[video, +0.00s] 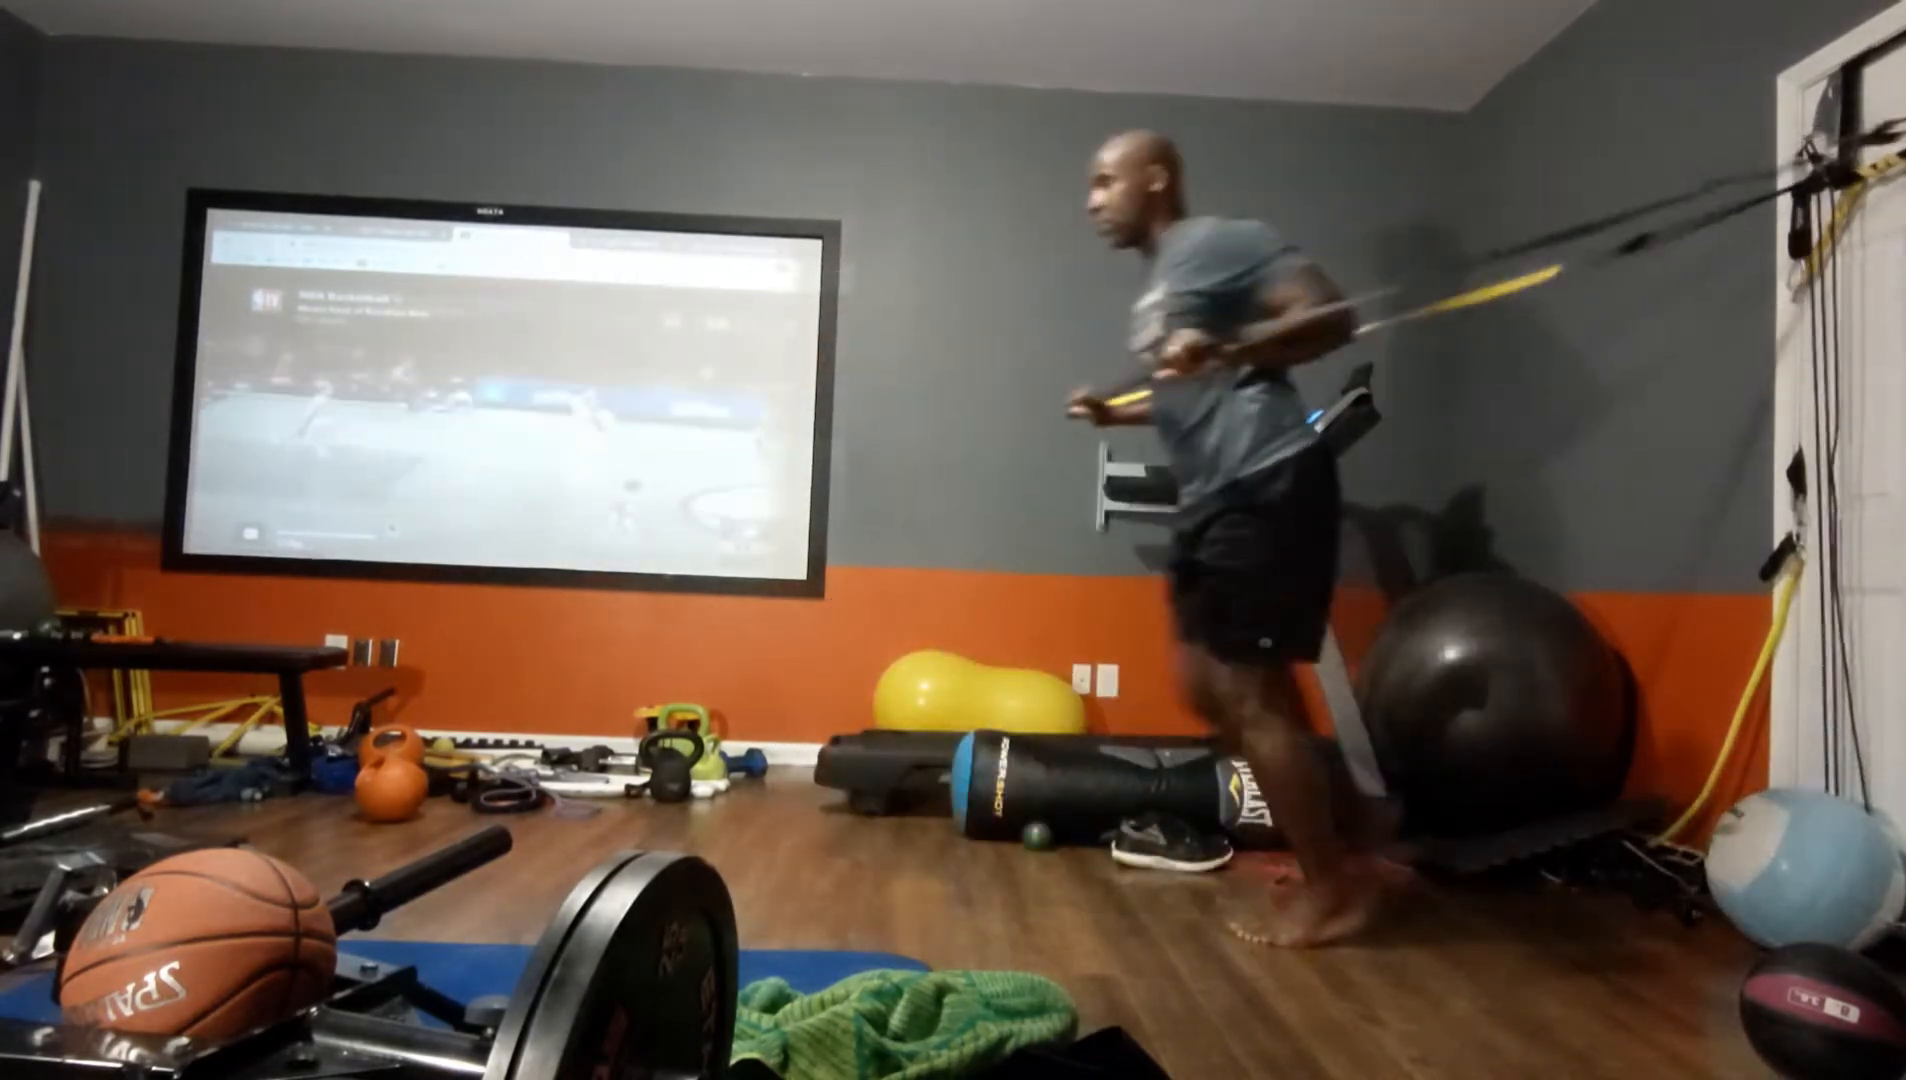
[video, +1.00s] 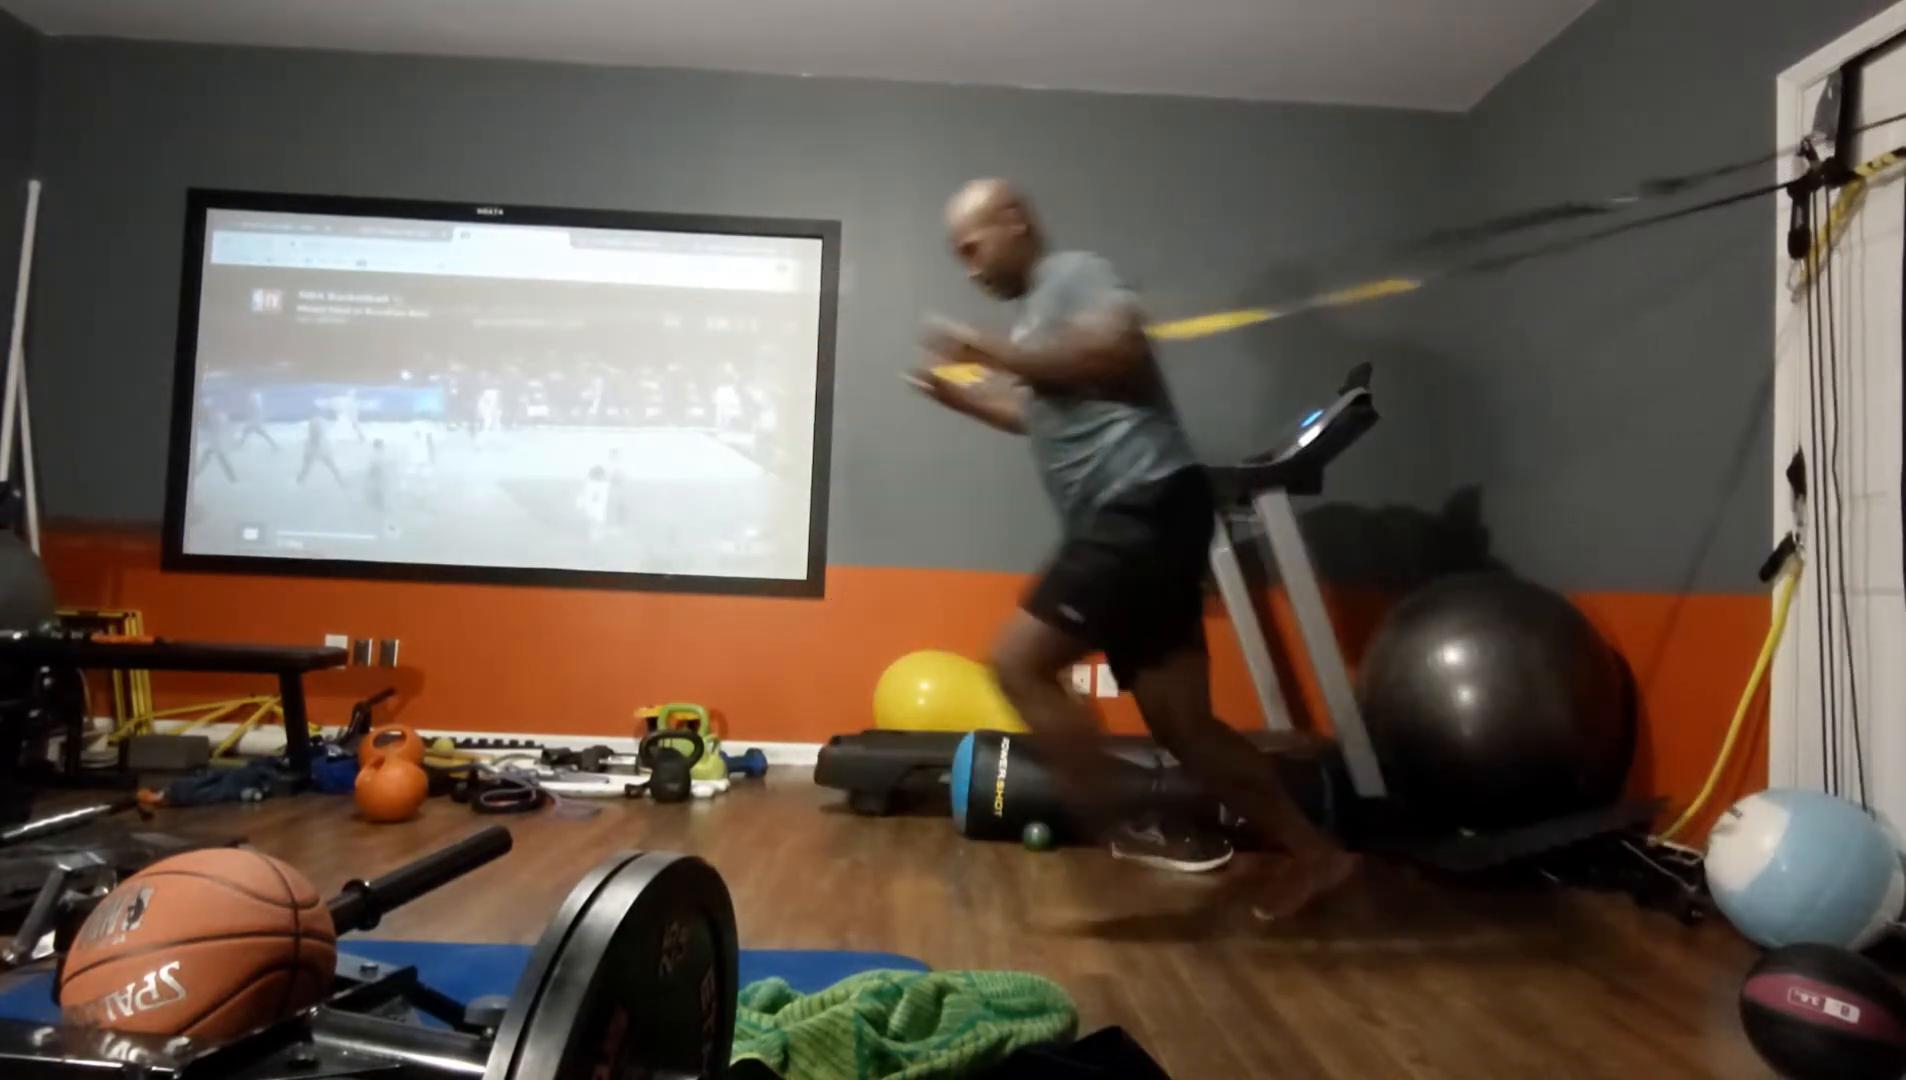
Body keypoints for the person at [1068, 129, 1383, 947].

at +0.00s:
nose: (1093, 201)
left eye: (1106, 181)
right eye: (1092, 187)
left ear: (1159, 181)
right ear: (1131, 193)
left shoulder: (1218, 241)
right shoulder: (1154, 292)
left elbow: (1331, 313)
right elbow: (1192, 399)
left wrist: (1231, 350)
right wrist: (1114, 410)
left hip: (1272, 490)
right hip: (1215, 502)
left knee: (1251, 693)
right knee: (1204, 685)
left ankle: (1329, 887)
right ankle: (1333, 838)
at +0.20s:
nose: (1104, 212)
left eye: (1117, 195)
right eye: (1105, 198)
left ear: (1167, 198)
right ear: (1156, 205)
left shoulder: (1222, 255)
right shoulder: (1171, 298)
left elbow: (1328, 330)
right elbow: (1220, 406)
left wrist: (1237, 390)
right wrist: (1150, 436)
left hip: (1309, 500)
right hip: (1237, 513)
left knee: (1325, 690)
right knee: (1249, 690)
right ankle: (1326, 871)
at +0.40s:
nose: (1118, 201)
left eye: (1132, 184)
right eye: (1119, 187)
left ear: (1182, 189)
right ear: (1170, 194)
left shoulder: (1240, 246)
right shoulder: (1182, 293)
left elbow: (1346, 322)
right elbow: (1237, 398)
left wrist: (1253, 384)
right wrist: (1162, 426)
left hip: (1319, 493)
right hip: (1249, 508)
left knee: (1344, 690)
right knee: (1251, 689)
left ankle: (1459, 882)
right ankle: (1327, 871)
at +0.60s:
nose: (1099, 209)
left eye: (1112, 191)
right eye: (1099, 196)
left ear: (1163, 191)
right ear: (1148, 199)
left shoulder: (1215, 248)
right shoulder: (1164, 297)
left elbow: (1322, 321)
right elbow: (1223, 399)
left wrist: (1230, 386)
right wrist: (1155, 423)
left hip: (1294, 503)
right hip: (1223, 521)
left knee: (1341, 698)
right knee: (1215, 696)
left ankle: (1458, 882)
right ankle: (1323, 865)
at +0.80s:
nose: (1052, 236)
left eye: (1060, 215)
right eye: (1049, 222)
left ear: (1110, 202)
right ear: (1086, 216)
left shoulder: (1168, 257)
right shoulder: (1115, 299)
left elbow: (1266, 334)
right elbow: (1163, 402)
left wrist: (1173, 391)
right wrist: (1098, 420)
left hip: (1219, 505)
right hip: (1168, 518)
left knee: (1210, 708)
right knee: (1192, 710)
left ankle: (1398, 845)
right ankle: (1319, 858)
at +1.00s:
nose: (968, 262)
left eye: (974, 241)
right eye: (959, 250)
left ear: (1020, 223)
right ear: (969, 255)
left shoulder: (1076, 274)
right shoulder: (1027, 319)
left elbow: (1121, 361)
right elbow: (1040, 416)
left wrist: (1001, 356)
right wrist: (959, 396)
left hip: (1149, 504)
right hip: (1120, 514)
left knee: (1019, 665)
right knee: (1182, 725)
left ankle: (1125, 829)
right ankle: (1314, 854)